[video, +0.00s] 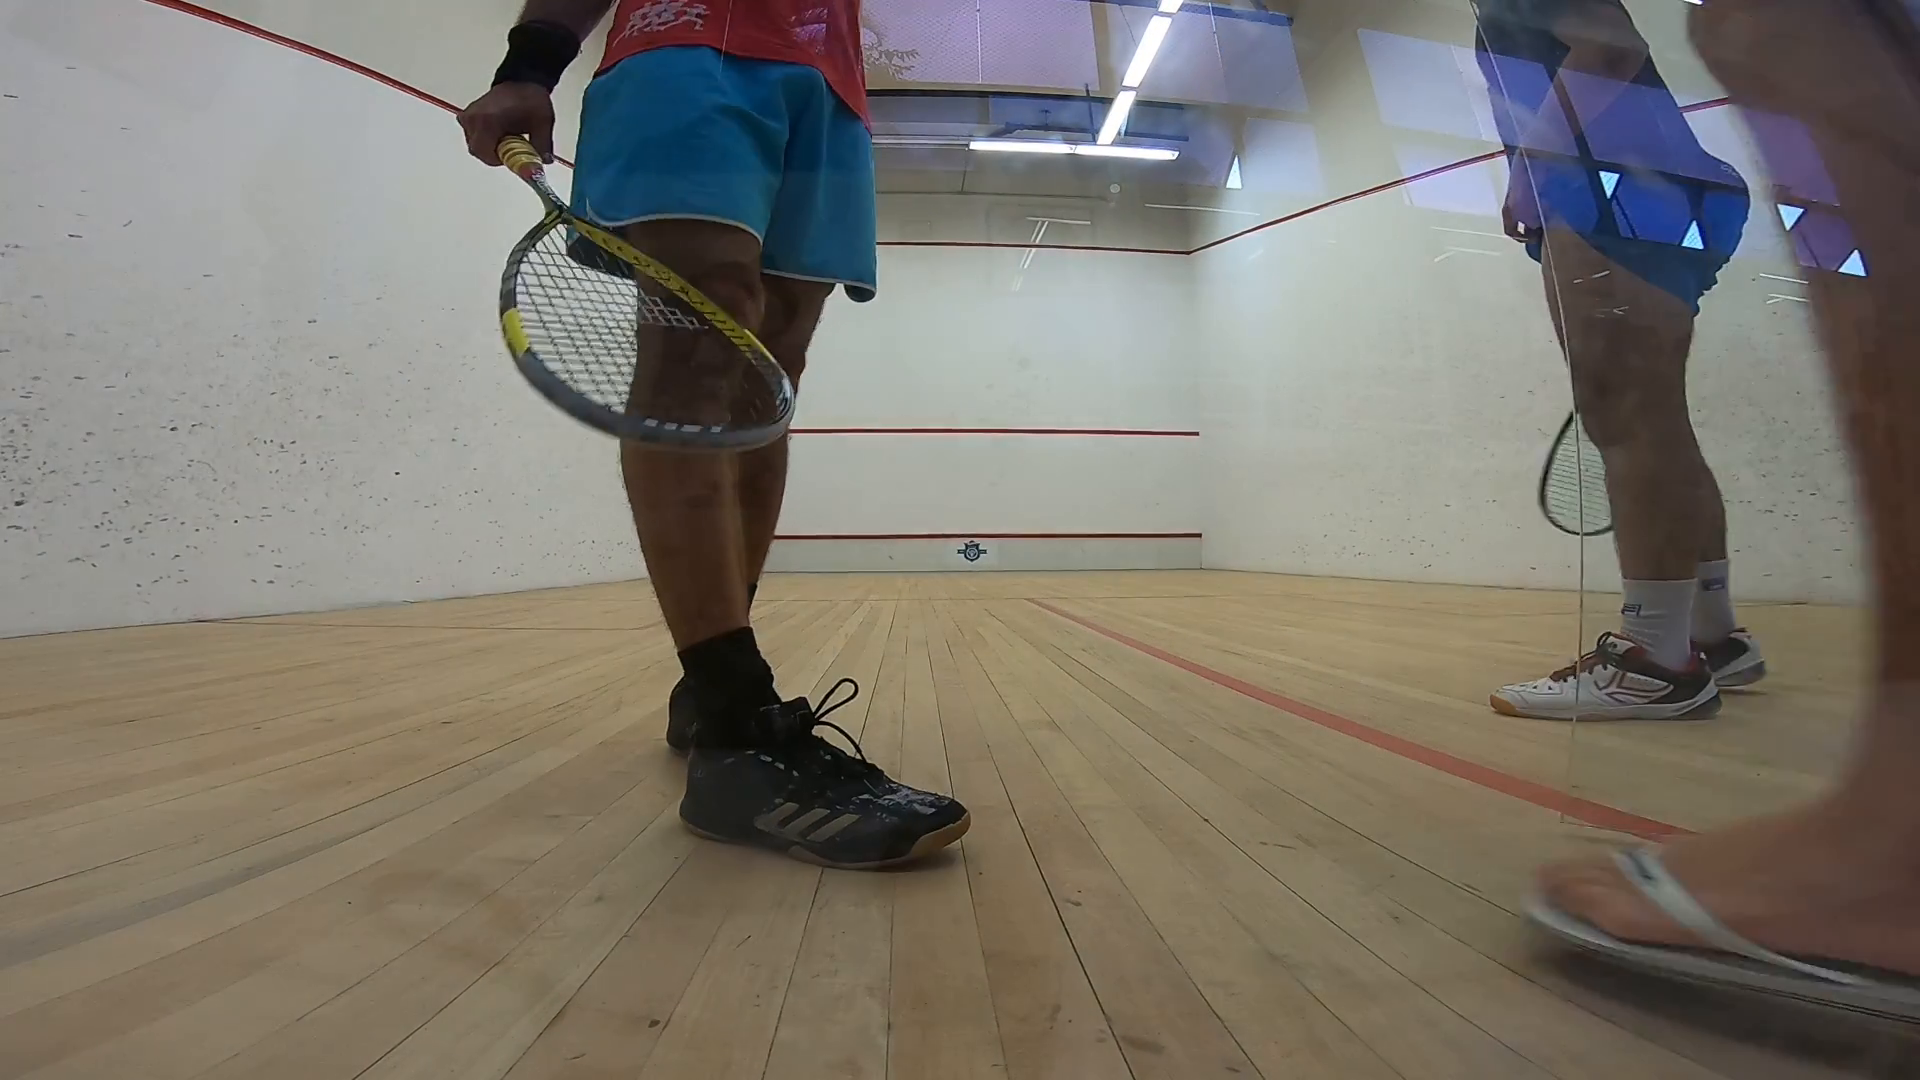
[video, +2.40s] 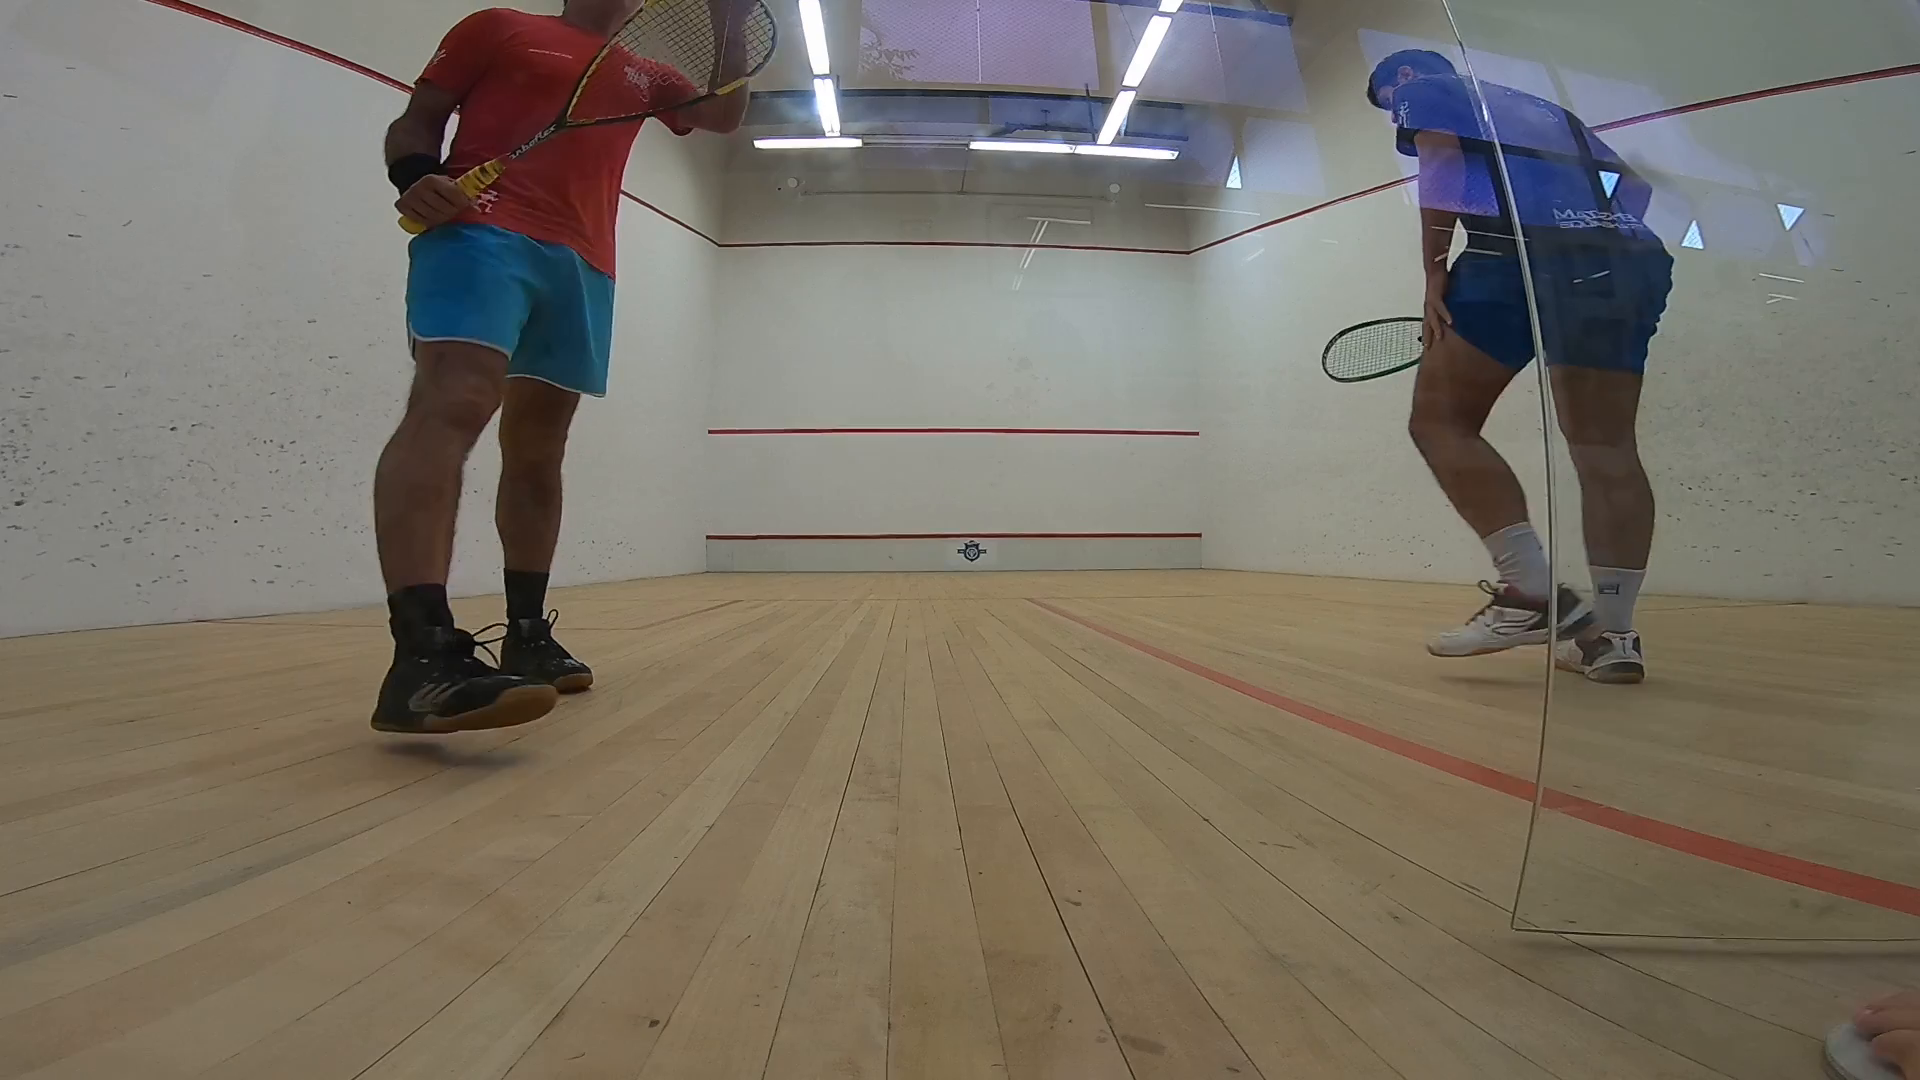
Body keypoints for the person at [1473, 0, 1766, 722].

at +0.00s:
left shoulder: (1536, 2)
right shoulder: (1507, 13)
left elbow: (1610, 43)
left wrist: (1531, 160)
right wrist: (1529, 173)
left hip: (1611, 197)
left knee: (1622, 412)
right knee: (1650, 415)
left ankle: (1658, 659)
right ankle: (1712, 636)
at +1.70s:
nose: (1345, 43)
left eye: (1329, 23)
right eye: (1328, 36)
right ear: (1347, 22)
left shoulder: (1465, 23)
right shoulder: (1447, 51)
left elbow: (1536, 134)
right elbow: (1522, 156)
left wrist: (1539, 239)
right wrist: (1530, 249)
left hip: (1652, 213)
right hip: (1608, 217)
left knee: (1588, 413)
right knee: (1560, 410)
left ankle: (1662, 659)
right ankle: (1637, 639)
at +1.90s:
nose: (1359, 85)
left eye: (1343, 72)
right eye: (1345, 82)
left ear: (1350, 37)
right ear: (1367, 27)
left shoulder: (1414, 39)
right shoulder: (1432, 46)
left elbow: (1474, 140)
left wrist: (1509, 251)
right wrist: (1525, 256)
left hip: (1636, 218)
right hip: (1621, 220)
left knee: (1610, 410)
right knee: (1577, 406)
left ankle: (1664, 660)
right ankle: (1623, 616)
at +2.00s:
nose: (1373, 102)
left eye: (1358, 90)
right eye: (1361, 100)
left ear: (1358, 54)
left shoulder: (1405, 54)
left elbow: (1464, 136)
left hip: (1605, 227)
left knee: (1624, 423)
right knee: (1611, 423)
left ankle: (1663, 658)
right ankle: (1627, 627)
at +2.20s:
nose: (1384, 114)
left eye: (1377, 100)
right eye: (1375, 109)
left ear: (1389, 72)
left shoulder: (1408, 70)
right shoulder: (1538, 94)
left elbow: (1443, 129)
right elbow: (1655, 163)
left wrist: (1461, 253)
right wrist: (1613, 240)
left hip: (1562, 234)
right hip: (1655, 243)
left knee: (1533, 427)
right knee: (1613, 439)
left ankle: (1643, 639)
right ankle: (1622, 635)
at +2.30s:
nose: (1391, 108)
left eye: (1386, 94)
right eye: (1383, 101)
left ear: (1401, 70)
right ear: (1449, 68)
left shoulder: (1414, 72)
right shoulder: (1539, 99)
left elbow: (1444, 141)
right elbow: (1646, 173)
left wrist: (1448, 269)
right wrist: (1615, 244)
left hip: (1533, 240)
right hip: (1637, 249)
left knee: (1474, 430)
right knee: (1603, 449)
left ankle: (1589, 598)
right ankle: (1620, 636)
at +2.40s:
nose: (1396, 113)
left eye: (1391, 100)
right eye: (1389, 106)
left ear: (1403, 76)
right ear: (1450, 70)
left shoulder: (1417, 75)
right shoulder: (1537, 104)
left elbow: (1440, 149)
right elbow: (1633, 177)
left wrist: (1434, 271)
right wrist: (1606, 253)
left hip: (1515, 248)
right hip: (1623, 257)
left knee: (1440, 422)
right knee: (1607, 448)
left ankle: (1530, 591)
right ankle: (1613, 634)